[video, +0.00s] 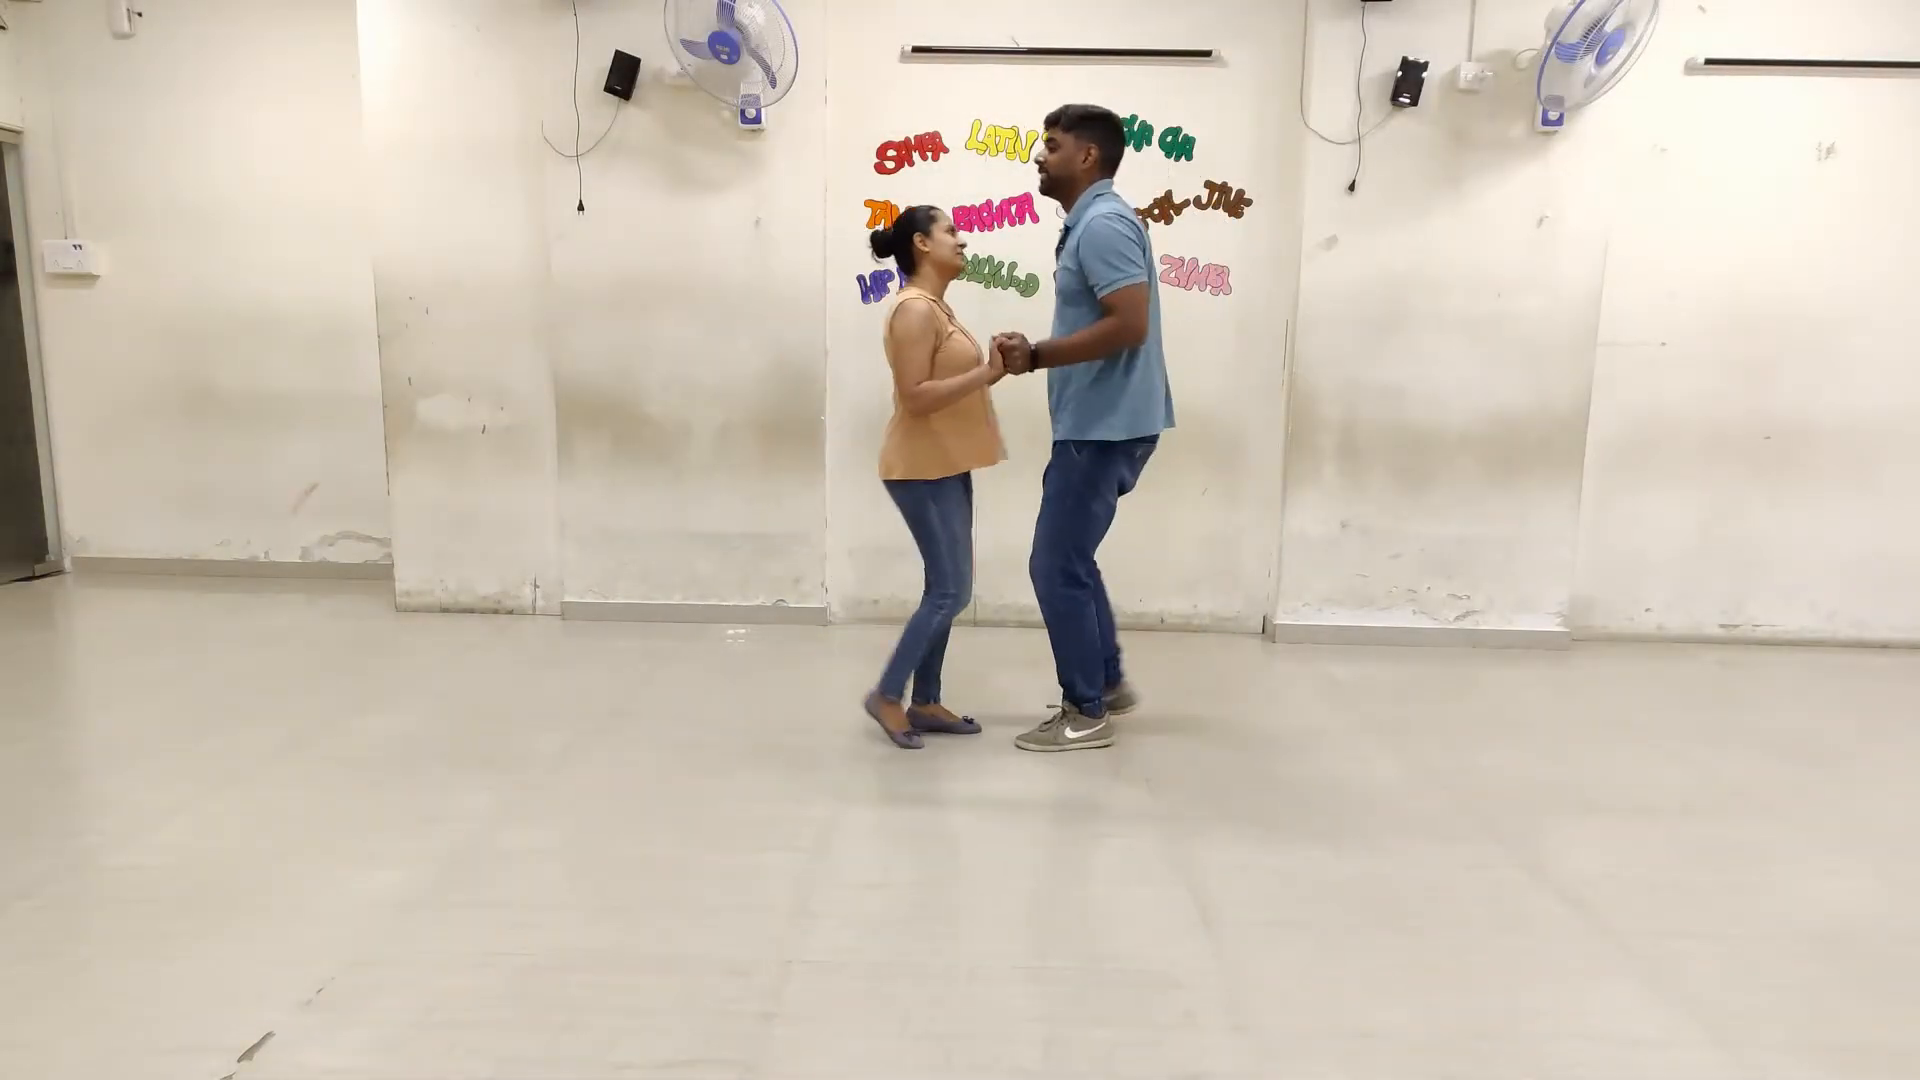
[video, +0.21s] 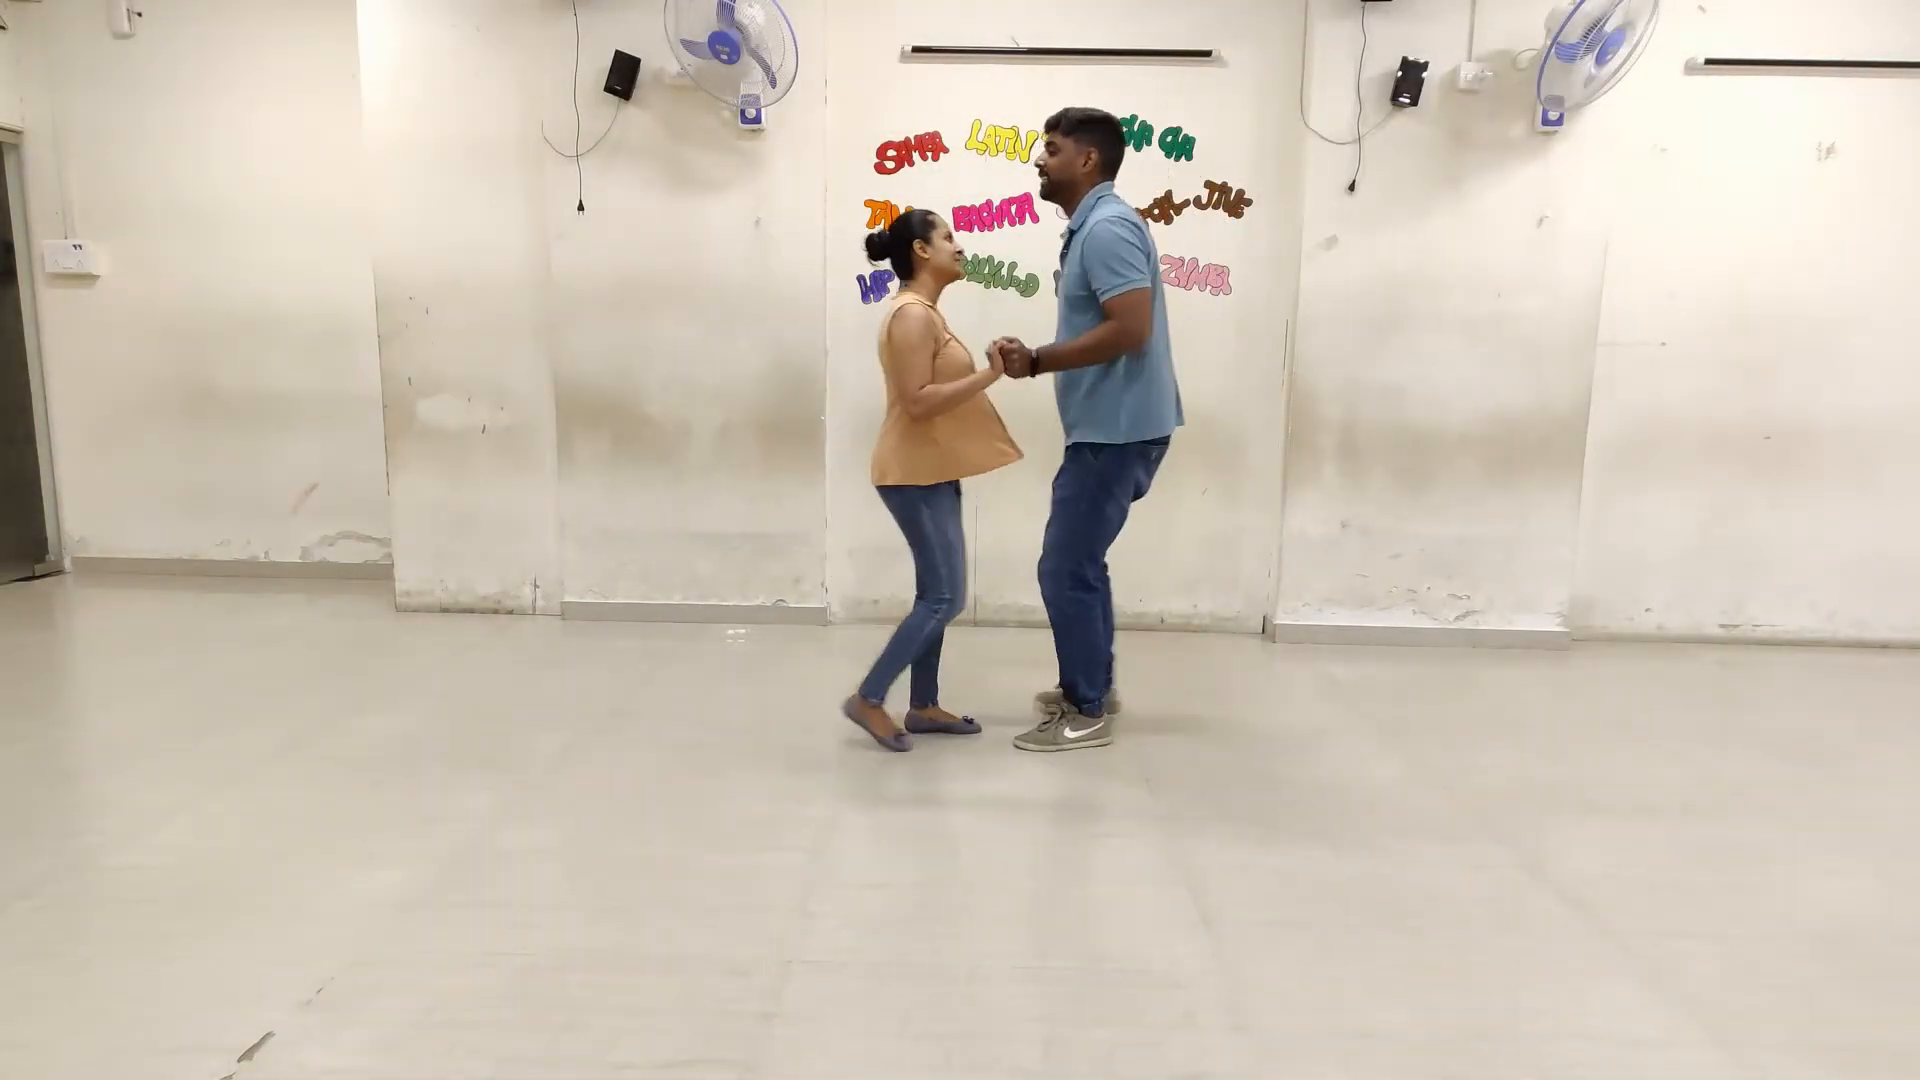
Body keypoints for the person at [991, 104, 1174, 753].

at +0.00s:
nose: (1040, 156)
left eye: (1053, 146)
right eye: (1043, 146)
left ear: (1090, 156)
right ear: (1087, 158)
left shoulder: (1103, 223)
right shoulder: (1098, 219)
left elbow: (1128, 325)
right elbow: (1113, 326)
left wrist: (1036, 353)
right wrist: (1035, 351)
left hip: (1104, 428)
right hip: (1105, 423)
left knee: (1055, 562)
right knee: (1068, 556)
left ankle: (1085, 711)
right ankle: (1107, 683)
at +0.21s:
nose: (1040, 161)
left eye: (1053, 150)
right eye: (1043, 150)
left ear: (1091, 160)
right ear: (1086, 162)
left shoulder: (1108, 227)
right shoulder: (1098, 223)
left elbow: (1129, 330)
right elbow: (1113, 331)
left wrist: (1037, 359)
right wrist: (1036, 356)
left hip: (1118, 430)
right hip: (1113, 426)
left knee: (1065, 566)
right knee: (1080, 561)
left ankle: (1086, 710)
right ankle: (1091, 690)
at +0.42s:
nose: (1100, 175)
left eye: (1114, 167)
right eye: (1104, 165)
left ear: (1153, 180)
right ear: (1131, 178)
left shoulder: (1170, 251)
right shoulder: (1127, 254)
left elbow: (1161, 352)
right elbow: (1083, 341)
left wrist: (1064, 377)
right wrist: (1002, 363)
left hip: (1158, 450)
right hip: (1135, 446)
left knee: (1075, 569)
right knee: (1116, 573)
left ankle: (1082, 713)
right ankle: (1222, 673)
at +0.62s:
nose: (1162, 188)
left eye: (1176, 179)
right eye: (1166, 176)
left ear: (1215, 191)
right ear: (1202, 192)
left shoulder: (1224, 257)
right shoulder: (1205, 254)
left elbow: (1165, 354)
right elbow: (1156, 356)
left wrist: (1064, 349)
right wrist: (1081, 398)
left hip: (1215, 450)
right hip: (1216, 448)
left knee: (1125, 567)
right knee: (1185, 580)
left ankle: (1092, 714)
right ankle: (1257, 707)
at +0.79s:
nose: (1185, 172)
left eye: (1199, 163)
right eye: (1189, 161)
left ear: (1236, 177)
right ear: (1236, 179)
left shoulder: (1233, 237)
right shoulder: (1255, 236)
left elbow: (1163, 333)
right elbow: (1216, 343)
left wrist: (1069, 323)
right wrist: (1147, 389)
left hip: (1242, 435)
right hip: (1278, 435)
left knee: (1161, 559)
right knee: (1222, 568)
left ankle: (1184, 721)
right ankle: (1261, 708)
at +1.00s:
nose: (1184, 179)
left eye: (1199, 169)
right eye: (1188, 168)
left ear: (1239, 182)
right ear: (1226, 183)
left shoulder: (1245, 243)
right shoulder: (1225, 245)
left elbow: (1187, 340)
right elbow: (1199, 346)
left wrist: (1096, 323)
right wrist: (1139, 393)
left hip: (1259, 435)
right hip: (1248, 433)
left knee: (1162, 557)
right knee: (1213, 575)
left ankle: (1132, 712)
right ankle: (1281, 703)